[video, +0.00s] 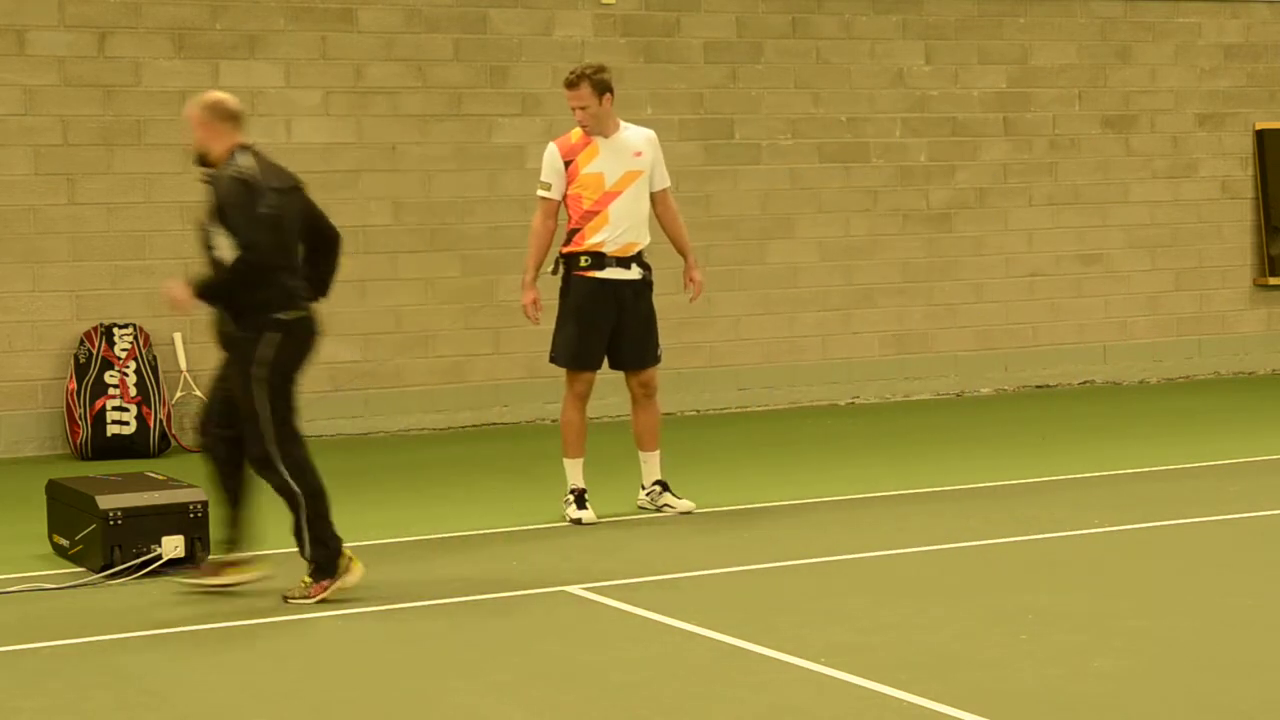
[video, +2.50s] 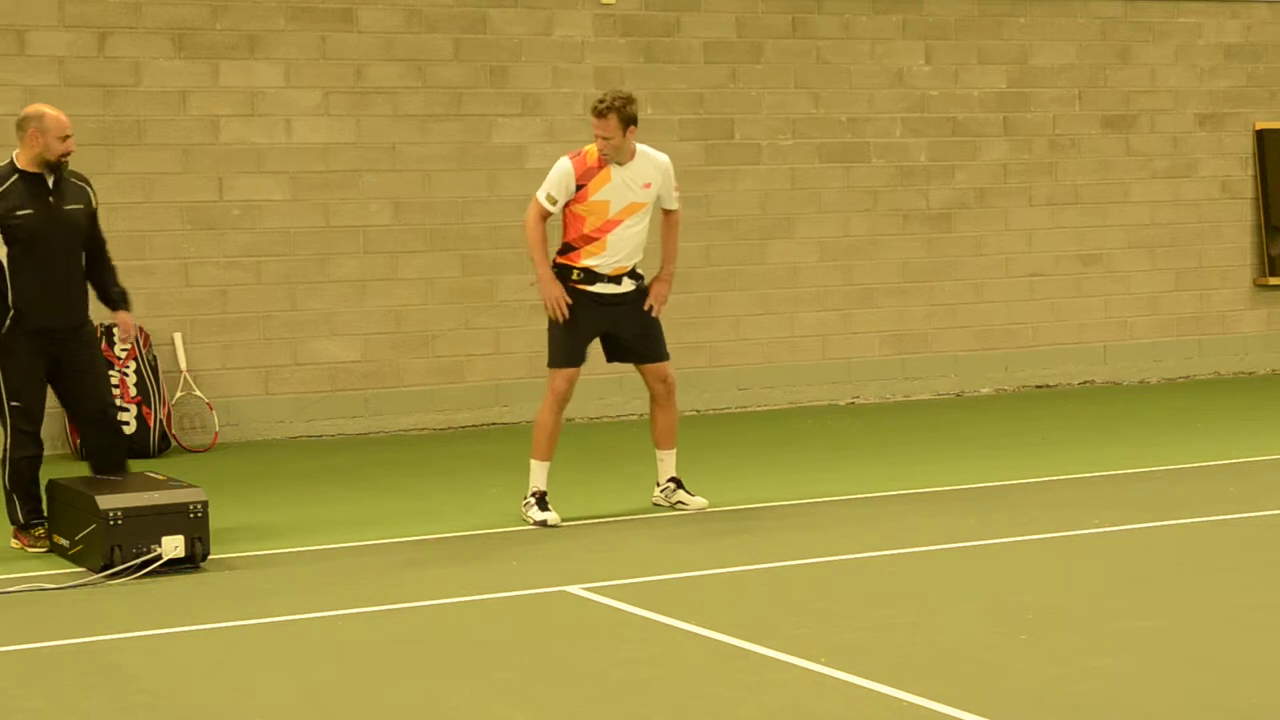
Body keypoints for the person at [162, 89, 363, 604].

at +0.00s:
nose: (191, 140)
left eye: (194, 130)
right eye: (192, 129)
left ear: (212, 128)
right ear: (232, 126)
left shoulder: (232, 183)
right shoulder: (270, 174)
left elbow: (260, 256)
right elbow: (325, 236)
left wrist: (201, 290)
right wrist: (306, 291)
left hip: (268, 331)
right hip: (275, 326)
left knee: (273, 444)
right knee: (220, 431)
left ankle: (331, 561)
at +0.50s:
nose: (56, 137)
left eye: (57, 130)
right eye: (59, 130)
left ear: (65, 129)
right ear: (102, 128)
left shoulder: (56, 175)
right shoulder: (146, 185)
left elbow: (56, 228)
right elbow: (158, 264)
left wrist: (36, 286)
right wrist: (109, 273)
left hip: (72, 327)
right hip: (133, 328)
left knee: (37, 434)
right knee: (123, 439)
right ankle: (138, 548)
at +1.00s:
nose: (57, 140)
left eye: (54, 132)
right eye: (56, 133)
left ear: (11, 133)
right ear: (48, 133)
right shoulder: (71, 189)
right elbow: (104, 247)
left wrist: (107, 311)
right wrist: (108, 310)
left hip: (2, 331)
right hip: (43, 332)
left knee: (7, 425)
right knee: (29, 429)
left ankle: (8, 529)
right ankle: (11, 529)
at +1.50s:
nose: (72, 145)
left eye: (70, 136)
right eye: (66, 137)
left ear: (31, 137)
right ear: (42, 138)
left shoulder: (3, 178)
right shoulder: (53, 193)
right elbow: (64, 269)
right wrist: (78, 323)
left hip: (5, 322)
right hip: (32, 327)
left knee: (18, 422)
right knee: (26, 427)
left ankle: (20, 515)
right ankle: (4, 529)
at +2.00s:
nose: (82, 152)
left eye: (83, 144)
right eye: (78, 143)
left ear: (53, 137)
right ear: (50, 135)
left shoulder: (47, 177)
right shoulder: (25, 180)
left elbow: (47, 253)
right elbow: (24, 253)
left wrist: (64, 312)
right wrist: (63, 310)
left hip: (34, 319)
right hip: (17, 319)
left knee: (46, 411)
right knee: (37, 413)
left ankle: (28, 510)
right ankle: (24, 518)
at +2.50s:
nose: (71, 145)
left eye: (71, 137)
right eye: (63, 137)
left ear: (55, 138)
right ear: (32, 138)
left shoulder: (78, 187)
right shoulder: (4, 190)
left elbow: (95, 254)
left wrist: (119, 306)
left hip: (74, 330)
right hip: (19, 333)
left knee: (102, 420)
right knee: (23, 430)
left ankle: (121, 517)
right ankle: (28, 521)